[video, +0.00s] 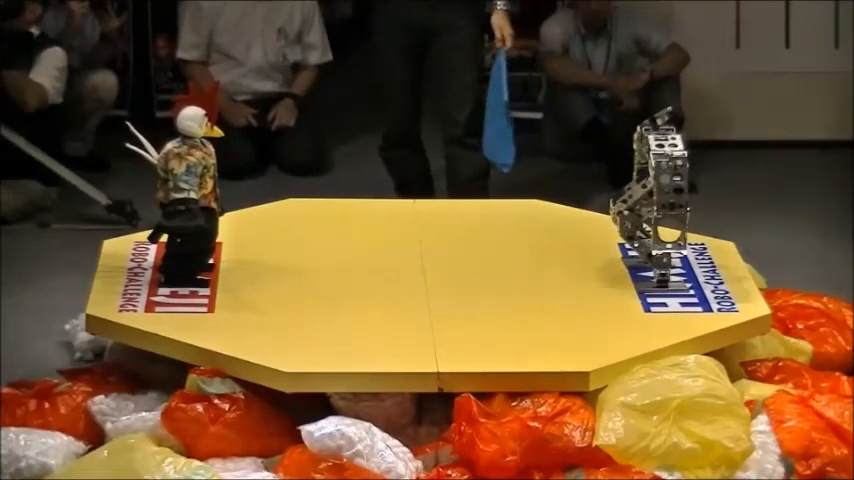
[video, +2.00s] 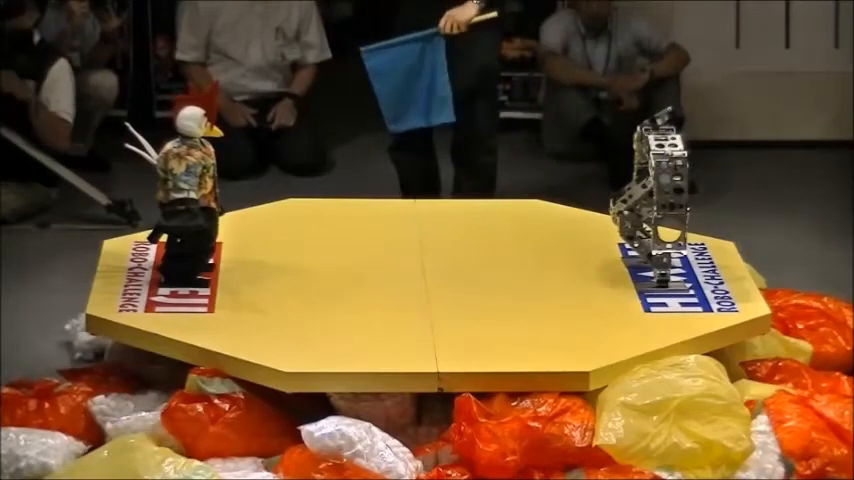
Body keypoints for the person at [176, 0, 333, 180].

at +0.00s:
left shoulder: (302, 5)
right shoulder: (202, 5)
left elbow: (312, 61)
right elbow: (191, 60)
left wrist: (292, 100)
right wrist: (226, 105)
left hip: (280, 98)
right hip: (228, 102)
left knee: (306, 160)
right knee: (237, 163)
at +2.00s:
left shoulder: (300, 5)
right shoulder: (201, 5)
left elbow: (310, 61)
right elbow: (191, 62)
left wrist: (290, 100)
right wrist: (226, 105)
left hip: (279, 98)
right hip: (227, 102)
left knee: (307, 161)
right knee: (237, 164)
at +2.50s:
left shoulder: (301, 5)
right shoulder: (196, 6)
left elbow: (317, 49)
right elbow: (187, 59)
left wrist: (299, 81)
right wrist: (220, 82)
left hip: (280, 97)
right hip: (229, 99)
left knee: (306, 161)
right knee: (237, 164)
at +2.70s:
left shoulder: (301, 4)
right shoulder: (197, 5)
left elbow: (320, 45)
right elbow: (183, 54)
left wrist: (296, 57)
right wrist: (215, 53)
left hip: (283, 99)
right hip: (227, 100)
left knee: (306, 162)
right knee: (236, 165)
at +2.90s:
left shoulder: (297, 3)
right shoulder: (197, 4)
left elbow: (322, 42)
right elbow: (183, 55)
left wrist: (294, 32)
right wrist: (213, 34)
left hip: (283, 99)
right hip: (228, 103)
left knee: (306, 162)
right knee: (236, 166)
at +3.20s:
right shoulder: (198, 5)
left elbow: (320, 31)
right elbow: (186, 48)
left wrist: (296, 16)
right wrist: (211, 15)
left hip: (279, 96)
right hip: (221, 99)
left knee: (307, 162)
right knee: (239, 166)